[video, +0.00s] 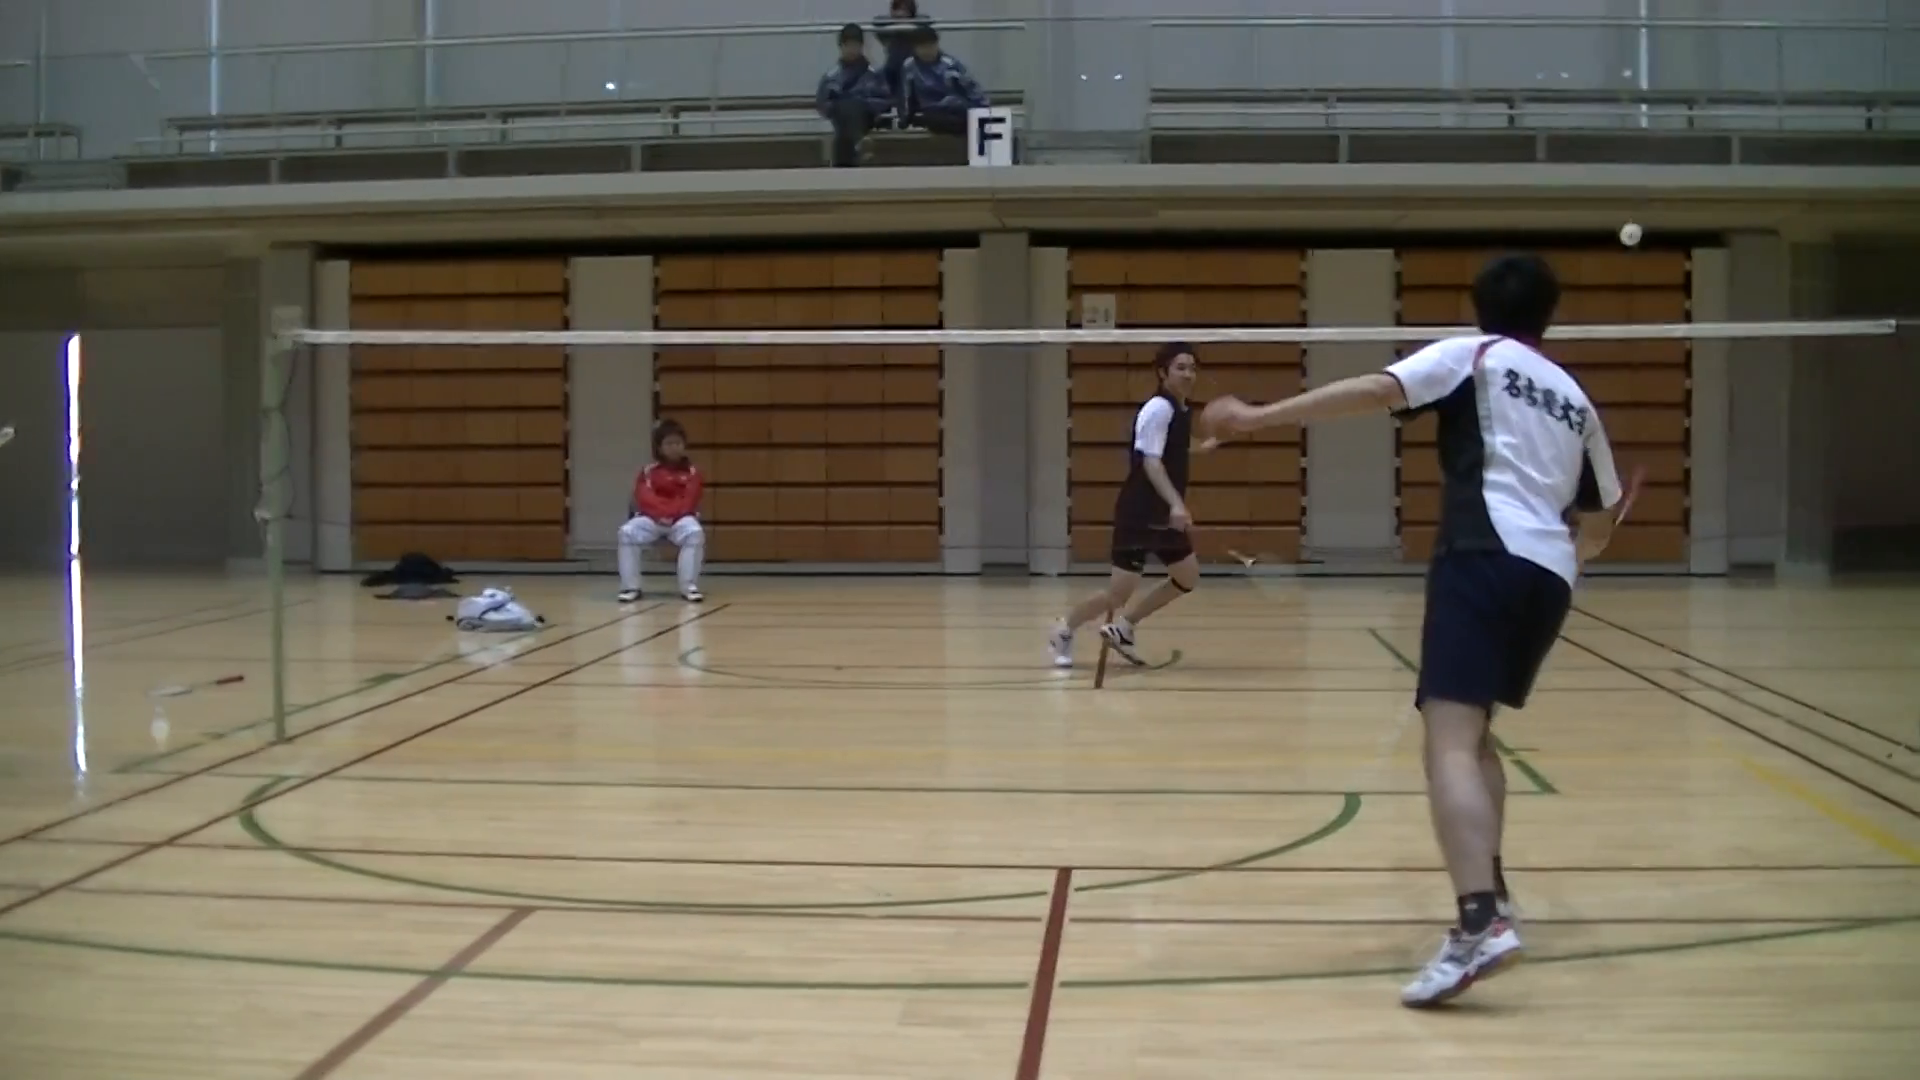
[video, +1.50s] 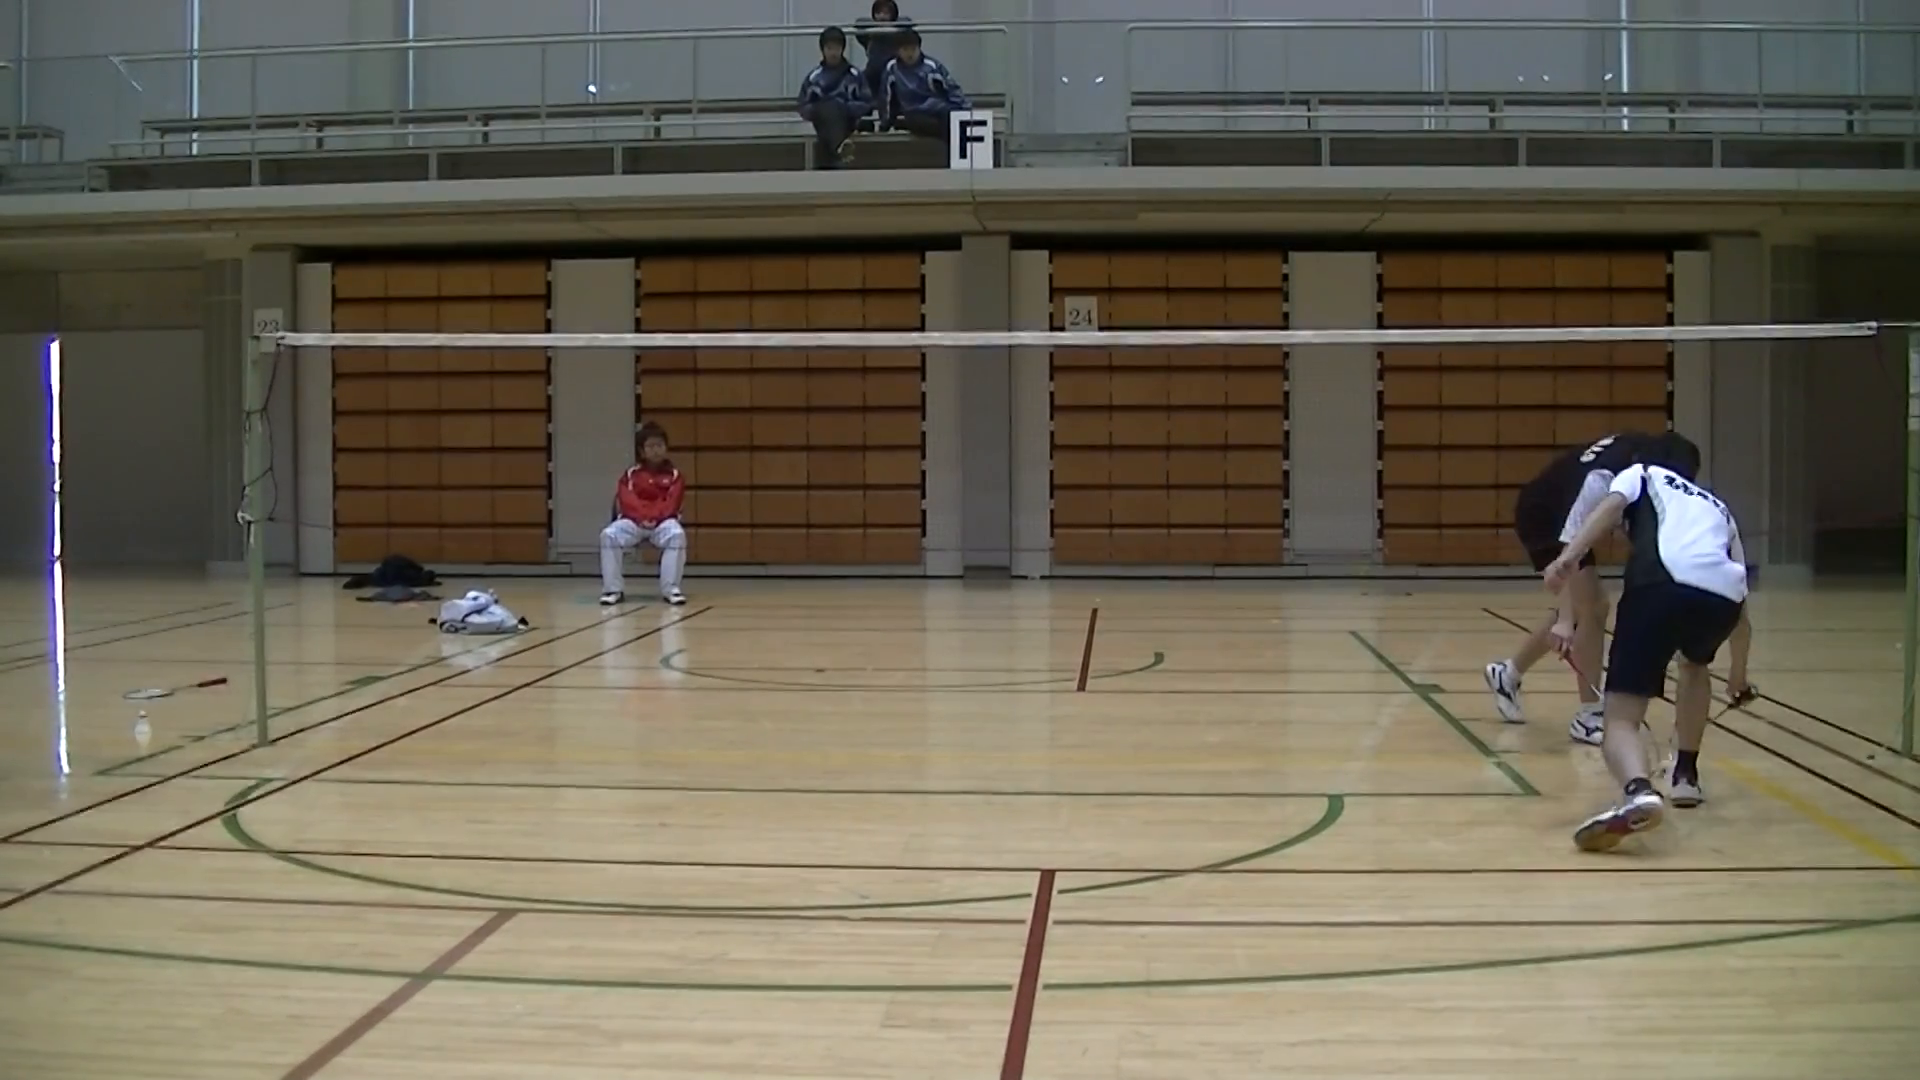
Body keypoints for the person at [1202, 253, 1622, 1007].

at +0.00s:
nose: (1474, 315)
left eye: (1477, 305)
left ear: (1481, 311)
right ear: (1546, 322)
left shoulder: (1473, 352)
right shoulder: (1578, 400)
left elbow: (1382, 390)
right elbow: (1602, 514)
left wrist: (1257, 417)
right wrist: (1557, 559)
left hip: (1481, 561)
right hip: (1550, 580)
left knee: (1452, 743)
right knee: (1473, 737)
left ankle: (1479, 923)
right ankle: (1490, 899)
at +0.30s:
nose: (1462, 362)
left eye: (1463, 351)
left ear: (1467, 354)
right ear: (1535, 360)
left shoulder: (1445, 401)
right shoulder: (1575, 437)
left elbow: (1404, 491)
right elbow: (1605, 562)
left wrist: (1335, 579)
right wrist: (1582, 659)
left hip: (1459, 598)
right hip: (1540, 612)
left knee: (1420, 781)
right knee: (1484, 740)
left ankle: (1449, 924)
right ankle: (1508, 890)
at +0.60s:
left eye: (1504, 367)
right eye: (1569, 365)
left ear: (1502, 370)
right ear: (1569, 372)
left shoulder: (1472, 418)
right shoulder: (1602, 453)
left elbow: (1415, 505)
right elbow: (1643, 572)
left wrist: (1352, 587)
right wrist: (1650, 671)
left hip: (1476, 610)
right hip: (1561, 627)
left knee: (1451, 764)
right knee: (1519, 758)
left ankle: (1444, 902)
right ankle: (1514, 903)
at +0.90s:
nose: (1531, 322)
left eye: (1531, 312)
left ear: (1536, 315)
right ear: (1596, 316)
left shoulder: (1525, 366)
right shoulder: (1637, 387)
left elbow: (1499, 445)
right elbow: (1652, 500)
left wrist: (1458, 525)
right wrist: (1648, 585)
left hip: (1543, 561)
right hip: (1621, 566)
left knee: (1518, 703)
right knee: (1578, 715)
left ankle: (1519, 841)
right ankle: (1565, 827)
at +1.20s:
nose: (1591, 378)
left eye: (1594, 370)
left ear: (1597, 373)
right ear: (1653, 373)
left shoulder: (1589, 414)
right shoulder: (1684, 434)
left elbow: (1527, 489)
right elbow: (1702, 528)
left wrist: (1468, 544)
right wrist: (1706, 594)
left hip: (1602, 587)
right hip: (1672, 593)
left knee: (1574, 714)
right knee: (1669, 674)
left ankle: (1572, 829)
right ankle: (1679, 772)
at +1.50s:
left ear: (1655, 462)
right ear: (1694, 473)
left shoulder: (1644, 473)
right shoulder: (1721, 509)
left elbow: (1613, 503)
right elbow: (1739, 606)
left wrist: (1570, 555)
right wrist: (1739, 674)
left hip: (1655, 594)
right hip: (1720, 602)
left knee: (1622, 720)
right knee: (1696, 667)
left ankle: (1638, 790)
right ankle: (1685, 775)